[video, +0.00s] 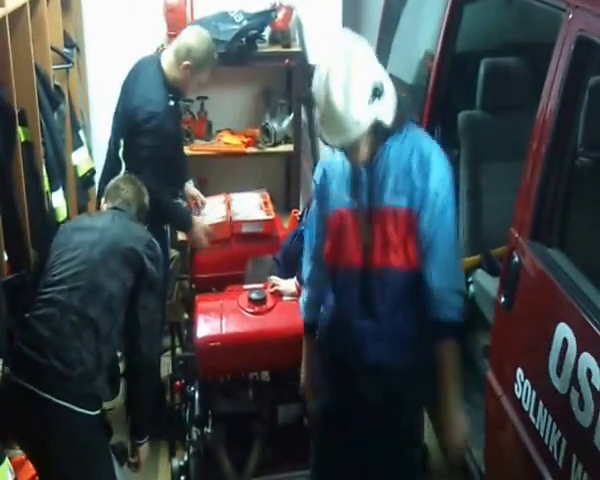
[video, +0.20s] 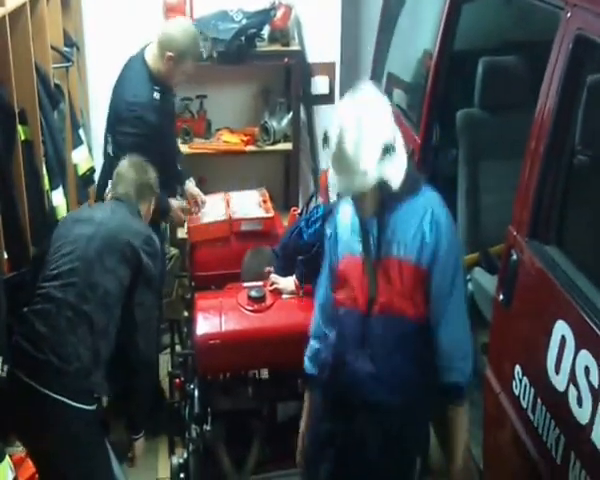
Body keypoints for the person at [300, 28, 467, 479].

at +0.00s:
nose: (334, 120)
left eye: (344, 109)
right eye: (327, 108)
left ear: (373, 98)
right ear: (320, 106)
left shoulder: (422, 158)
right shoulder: (329, 163)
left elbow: (444, 284)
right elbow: (313, 268)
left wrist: (450, 401)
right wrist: (309, 354)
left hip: (403, 358)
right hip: (339, 358)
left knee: (396, 466)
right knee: (335, 464)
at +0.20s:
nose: (350, 156)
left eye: (362, 144)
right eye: (343, 142)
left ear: (386, 144)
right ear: (335, 144)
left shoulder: (427, 211)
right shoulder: (340, 212)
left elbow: (451, 319)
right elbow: (324, 313)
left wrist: (458, 460)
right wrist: (308, 415)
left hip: (403, 395)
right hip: (341, 391)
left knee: (389, 472)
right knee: (327, 470)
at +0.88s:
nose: (330, 113)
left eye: (334, 104)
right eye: (329, 102)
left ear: (351, 110)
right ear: (390, 94)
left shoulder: (369, 184)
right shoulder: (409, 145)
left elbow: (364, 304)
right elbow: (424, 228)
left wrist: (340, 410)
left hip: (373, 311)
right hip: (406, 295)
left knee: (359, 421)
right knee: (390, 381)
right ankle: (407, 438)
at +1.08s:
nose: (335, 122)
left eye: (338, 111)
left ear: (351, 115)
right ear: (395, 103)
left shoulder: (376, 203)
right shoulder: (419, 168)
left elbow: (373, 332)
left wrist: (343, 433)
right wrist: (398, 326)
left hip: (339, 348)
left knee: (319, 452)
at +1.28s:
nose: (337, 153)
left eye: (341, 143)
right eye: (335, 143)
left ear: (356, 135)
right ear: (377, 120)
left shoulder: (380, 213)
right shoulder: (404, 169)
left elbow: (367, 324)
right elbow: (428, 254)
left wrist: (334, 424)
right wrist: (391, 310)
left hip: (338, 328)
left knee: (311, 435)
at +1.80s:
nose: (334, 152)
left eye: (343, 139)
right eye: (326, 139)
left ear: (367, 130)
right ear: (317, 135)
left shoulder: (399, 191)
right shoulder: (325, 190)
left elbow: (406, 312)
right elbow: (304, 290)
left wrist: (367, 433)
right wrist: (264, 368)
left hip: (395, 348)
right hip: (345, 351)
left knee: (394, 464)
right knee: (339, 455)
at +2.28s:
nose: (346, 177)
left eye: (353, 166)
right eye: (341, 167)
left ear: (378, 145)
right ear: (332, 150)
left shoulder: (426, 198)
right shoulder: (344, 190)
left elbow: (444, 320)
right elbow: (332, 294)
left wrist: (418, 431)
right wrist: (309, 378)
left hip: (396, 383)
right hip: (338, 376)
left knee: (385, 468)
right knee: (325, 467)